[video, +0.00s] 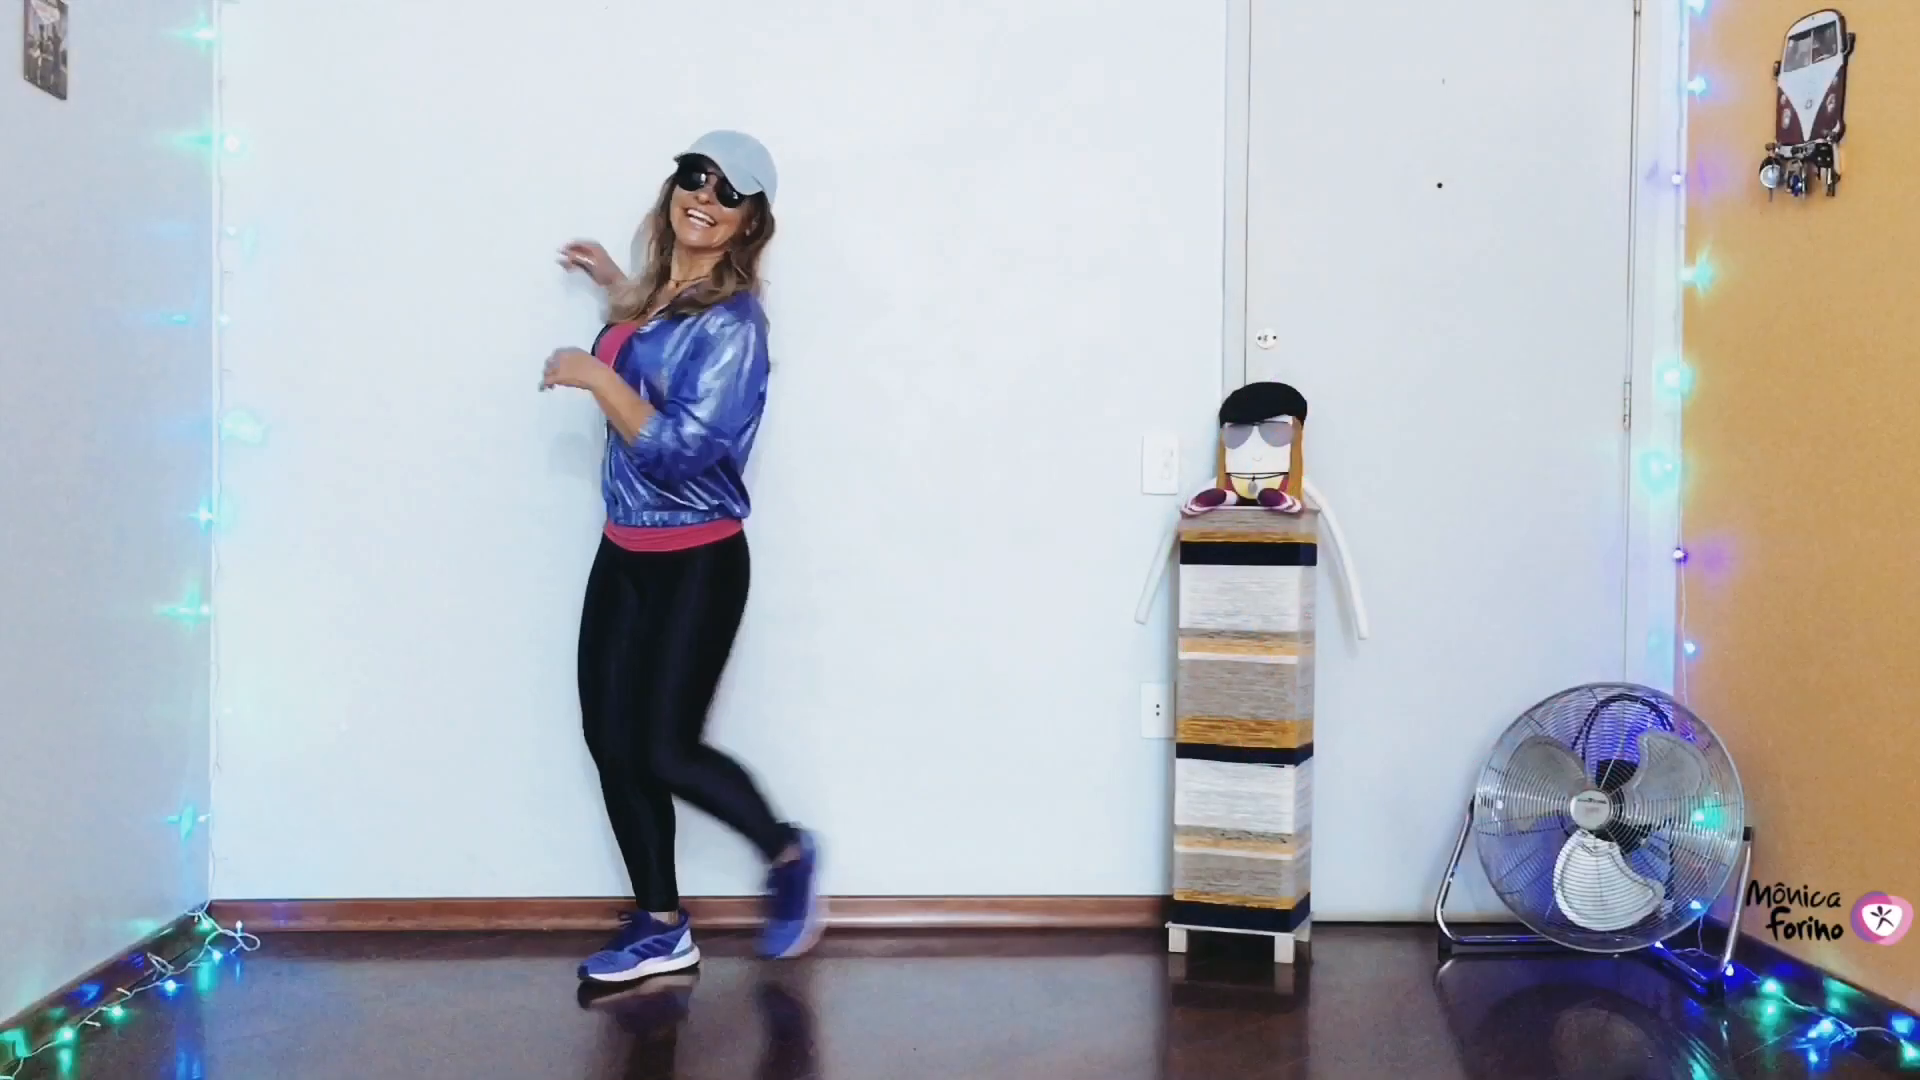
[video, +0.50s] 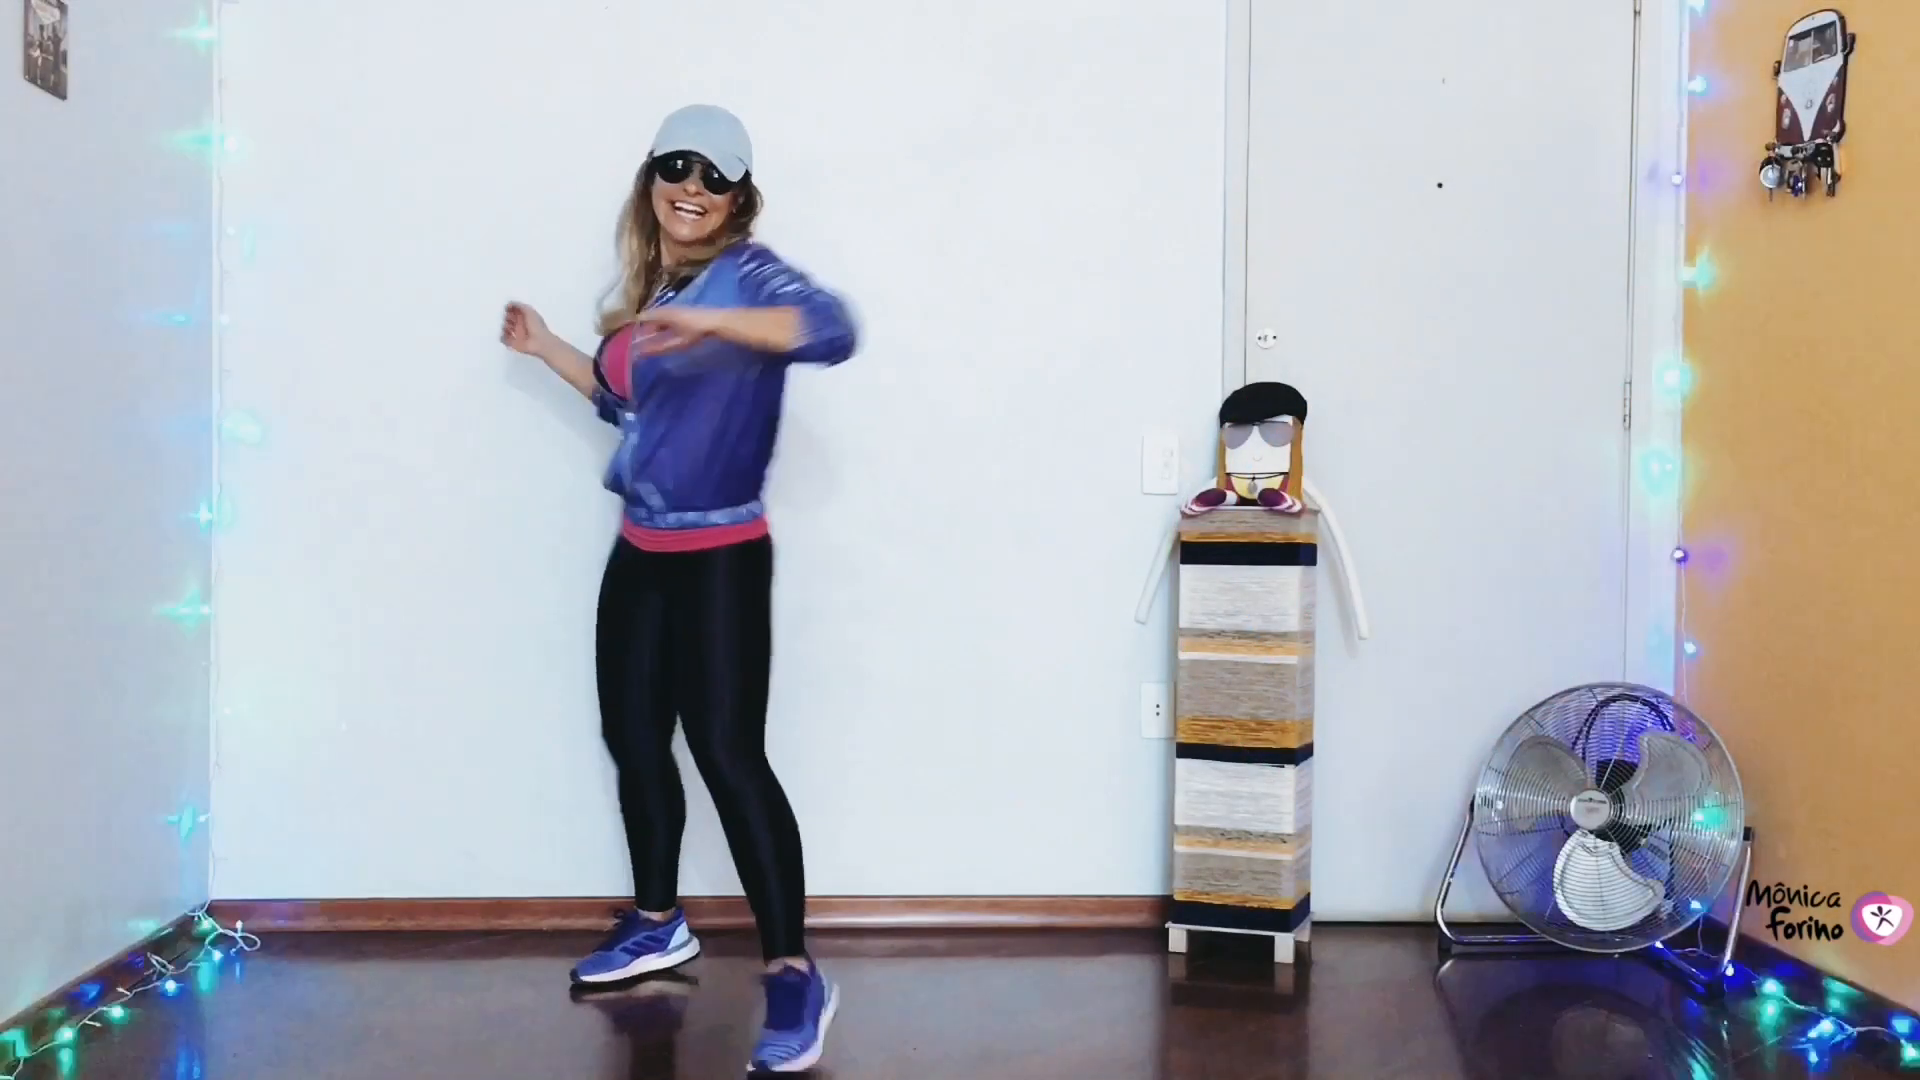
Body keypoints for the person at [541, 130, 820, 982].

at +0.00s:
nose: (704, 201)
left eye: (727, 198)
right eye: (694, 183)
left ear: (748, 225)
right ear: (671, 196)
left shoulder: (735, 325)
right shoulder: (658, 302)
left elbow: (683, 453)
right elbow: (645, 381)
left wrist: (600, 380)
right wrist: (618, 296)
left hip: (699, 563)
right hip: (626, 558)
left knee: (664, 748)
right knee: (612, 743)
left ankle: (787, 852)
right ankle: (662, 926)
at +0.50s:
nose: (687, 191)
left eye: (708, 178)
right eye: (671, 173)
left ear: (739, 195)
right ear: (649, 188)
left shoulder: (754, 276)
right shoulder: (648, 293)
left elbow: (835, 329)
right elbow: (623, 397)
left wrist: (708, 323)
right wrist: (548, 345)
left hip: (722, 559)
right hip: (640, 555)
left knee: (726, 750)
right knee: (635, 736)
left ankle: (791, 975)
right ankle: (657, 921)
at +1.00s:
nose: (712, 185)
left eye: (730, 166)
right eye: (691, 171)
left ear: (762, 176)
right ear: (670, 188)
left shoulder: (801, 277)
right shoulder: (646, 293)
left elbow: (866, 300)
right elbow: (638, 411)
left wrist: (921, 249)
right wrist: (657, 446)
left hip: (789, 564)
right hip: (680, 570)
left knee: (807, 779)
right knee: (685, 782)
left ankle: (809, 992)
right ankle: (680, 975)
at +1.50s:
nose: (729, 192)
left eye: (744, 176)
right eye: (711, 179)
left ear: (763, 182)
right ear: (682, 192)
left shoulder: (754, 249)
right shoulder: (701, 276)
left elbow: (791, 156)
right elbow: (742, 395)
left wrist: (841, 73)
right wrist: (845, 437)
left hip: (724, 544)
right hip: (678, 540)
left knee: (741, 726)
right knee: (700, 737)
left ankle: (681, 921)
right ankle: (618, 964)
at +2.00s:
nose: (721, 211)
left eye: (735, 195)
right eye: (701, 201)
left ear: (758, 201)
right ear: (679, 215)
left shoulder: (745, 269)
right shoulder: (706, 297)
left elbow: (768, 164)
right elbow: (717, 421)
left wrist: (811, 82)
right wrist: (798, 457)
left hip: (728, 513)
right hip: (701, 511)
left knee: (758, 713)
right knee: (769, 703)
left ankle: (680, 918)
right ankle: (722, 921)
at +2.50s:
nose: (718, 194)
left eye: (737, 177)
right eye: (697, 177)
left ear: (764, 187)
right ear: (673, 190)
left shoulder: (796, 285)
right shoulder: (644, 295)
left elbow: (898, 286)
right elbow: (579, 371)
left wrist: (903, 210)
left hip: (750, 564)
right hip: (654, 557)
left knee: (812, 760)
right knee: (682, 776)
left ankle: (714, 862)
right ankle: (685, 995)